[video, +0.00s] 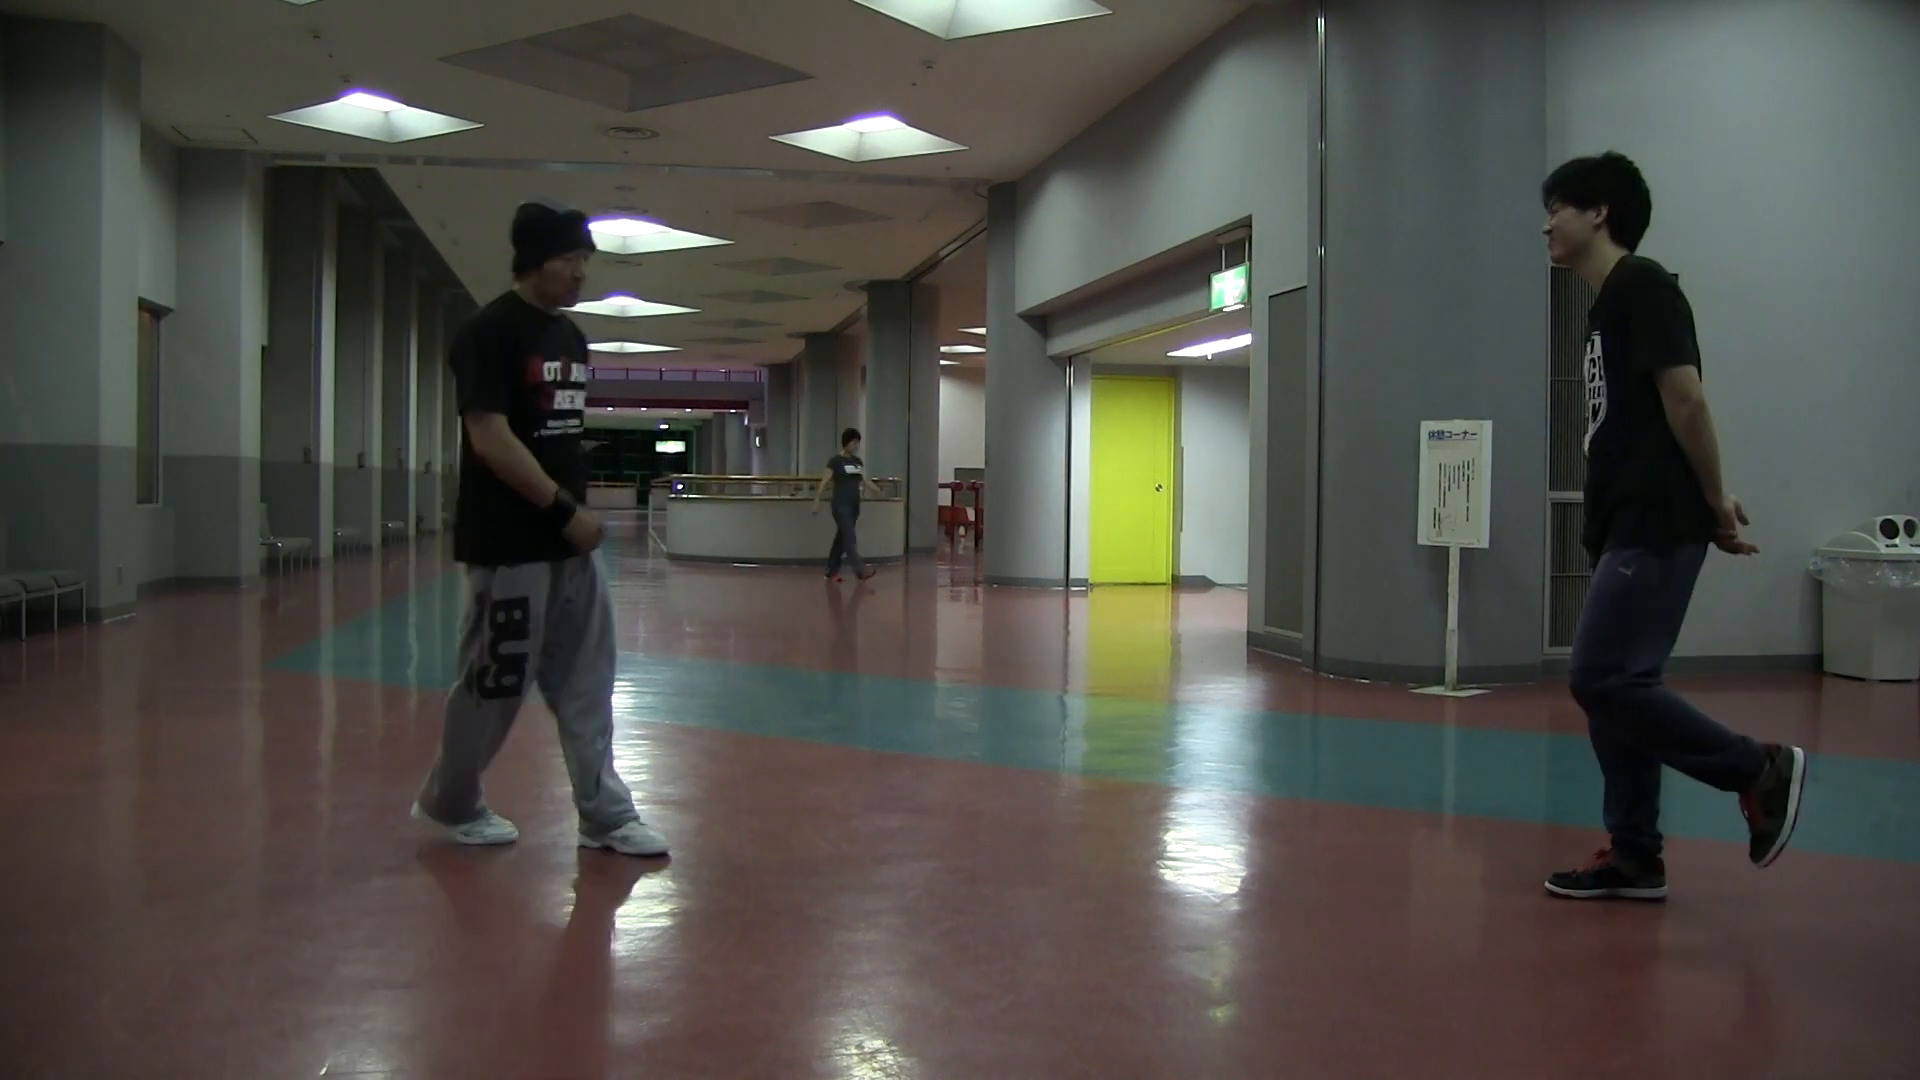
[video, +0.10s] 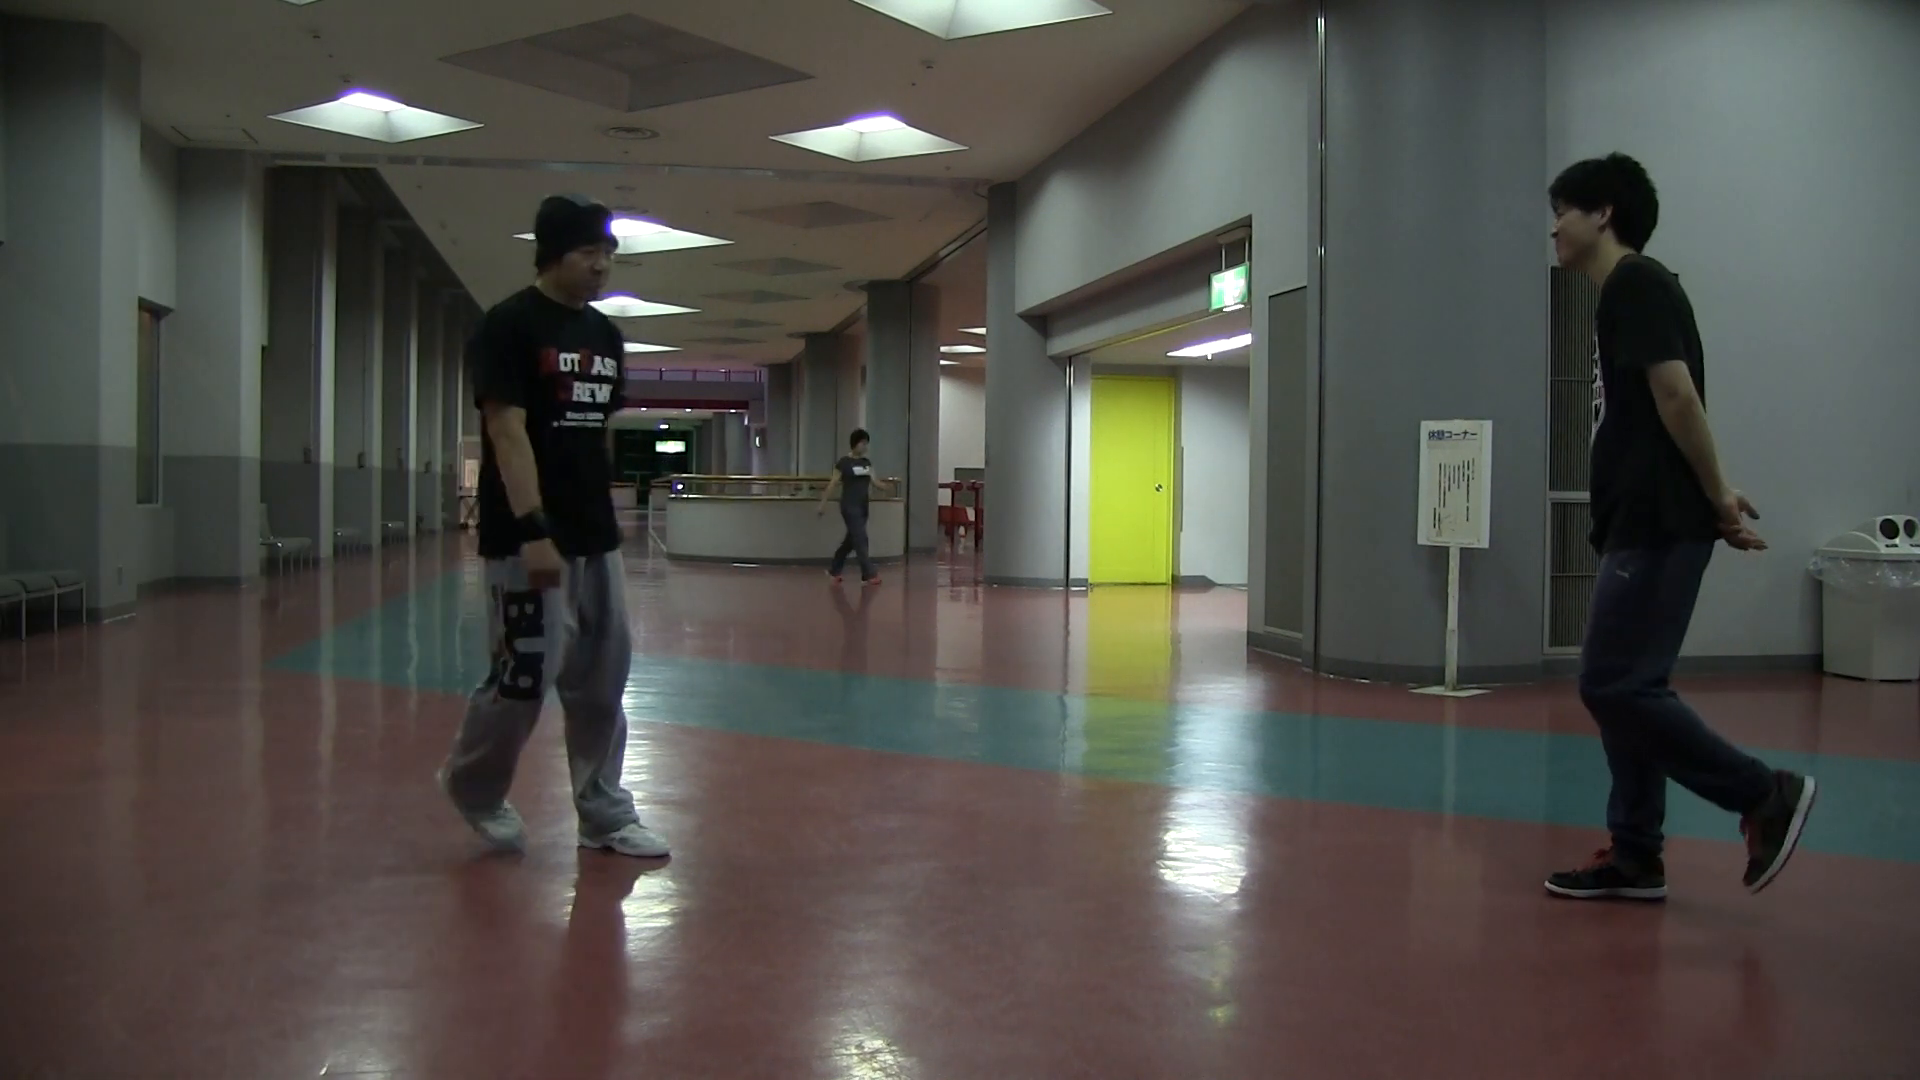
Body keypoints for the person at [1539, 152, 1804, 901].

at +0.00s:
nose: (1546, 227)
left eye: (1555, 212)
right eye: (1546, 214)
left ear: (1599, 214)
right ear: (1588, 219)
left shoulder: (1645, 287)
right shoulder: (1613, 302)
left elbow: (1685, 399)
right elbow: (1651, 413)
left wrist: (1716, 499)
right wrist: (1710, 505)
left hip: (1658, 523)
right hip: (1631, 524)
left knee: (1599, 677)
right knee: (1617, 685)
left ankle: (1757, 771)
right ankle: (1633, 857)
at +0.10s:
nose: (1552, 226)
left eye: (1562, 212)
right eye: (1553, 213)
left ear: (1603, 215)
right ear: (1600, 219)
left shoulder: (1637, 285)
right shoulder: (1628, 289)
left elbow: (1677, 399)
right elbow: (1671, 402)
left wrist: (1719, 498)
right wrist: (1718, 492)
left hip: (1658, 525)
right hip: (1644, 524)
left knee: (1610, 684)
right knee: (1629, 685)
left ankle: (1764, 795)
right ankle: (1634, 858)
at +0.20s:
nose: (1561, 233)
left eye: (1571, 217)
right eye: (1562, 219)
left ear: (1612, 218)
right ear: (1617, 221)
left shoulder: (1635, 284)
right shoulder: (1649, 286)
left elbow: (1673, 398)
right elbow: (1681, 402)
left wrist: (1723, 493)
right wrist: (1727, 489)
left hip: (1663, 530)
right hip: (1659, 529)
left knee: (1638, 692)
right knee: (1645, 692)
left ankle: (1763, 838)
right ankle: (1634, 858)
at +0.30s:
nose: (1577, 237)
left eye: (1586, 220)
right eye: (1577, 222)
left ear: (1626, 220)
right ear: (1637, 224)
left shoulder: (1644, 286)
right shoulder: (1678, 291)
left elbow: (1679, 405)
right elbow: (1719, 408)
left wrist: (1735, 500)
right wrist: (1745, 496)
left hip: (1680, 537)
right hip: (1684, 537)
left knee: (1667, 699)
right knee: (1652, 696)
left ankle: (1785, 856)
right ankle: (1635, 858)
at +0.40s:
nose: (1595, 233)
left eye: (1604, 218)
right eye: (1596, 218)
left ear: (1643, 218)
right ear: (1656, 222)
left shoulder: (1663, 291)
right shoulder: (1697, 291)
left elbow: (1703, 411)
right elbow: (1740, 411)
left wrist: (1758, 506)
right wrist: (1769, 501)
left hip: (1696, 546)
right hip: (1707, 544)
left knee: (1703, 711)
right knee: (1663, 703)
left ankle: (1804, 870)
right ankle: (1636, 858)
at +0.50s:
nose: (1612, 223)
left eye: (1621, 209)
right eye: (1613, 209)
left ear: (1661, 213)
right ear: (1672, 215)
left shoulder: (1690, 292)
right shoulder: (1710, 288)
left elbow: (1732, 415)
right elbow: (1755, 416)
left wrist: (1785, 511)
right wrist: (1791, 507)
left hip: (1722, 548)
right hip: (1711, 544)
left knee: (1721, 711)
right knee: (1669, 698)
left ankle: (1813, 876)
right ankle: (1640, 857)